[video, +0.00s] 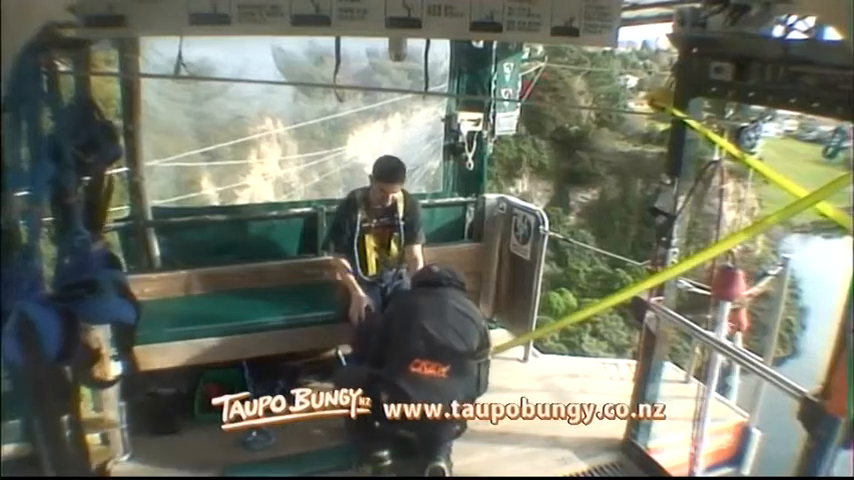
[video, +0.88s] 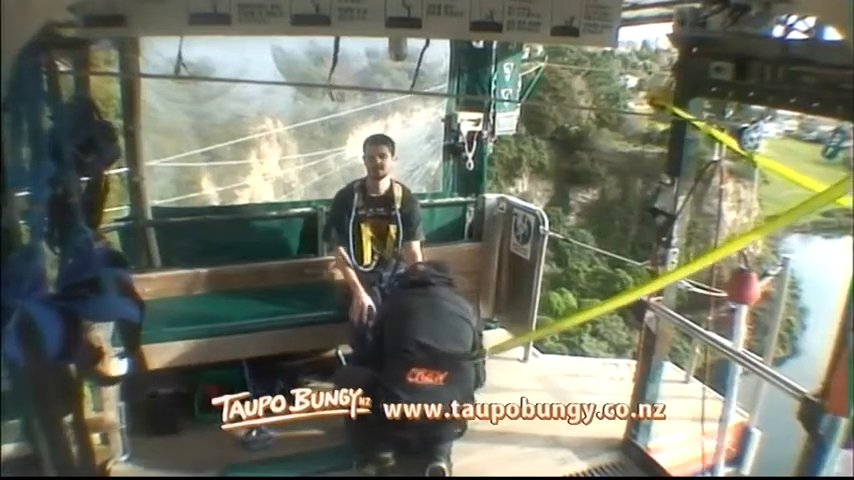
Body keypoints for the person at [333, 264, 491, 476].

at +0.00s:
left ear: (417, 284)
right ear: (459, 286)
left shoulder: (401, 301)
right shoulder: (475, 315)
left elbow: (371, 353)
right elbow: (481, 384)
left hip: (399, 401)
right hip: (453, 403)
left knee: (347, 378)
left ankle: (376, 447)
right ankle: (441, 455)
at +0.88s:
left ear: (413, 278)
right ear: (448, 280)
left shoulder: (396, 301)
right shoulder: (466, 307)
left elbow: (372, 356)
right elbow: (479, 377)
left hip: (398, 409)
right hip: (452, 406)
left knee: (347, 377)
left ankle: (379, 450)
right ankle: (441, 455)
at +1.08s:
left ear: (414, 279)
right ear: (448, 282)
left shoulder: (393, 301)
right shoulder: (462, 306)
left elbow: (370, 355)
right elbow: (502, 361)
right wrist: (471, 395)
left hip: (393, 405)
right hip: (446, 406)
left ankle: (380, 452)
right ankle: (439, 459)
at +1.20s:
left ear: (413, 280)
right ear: (447, 284)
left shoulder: (387, 307)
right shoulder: (459, 308)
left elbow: (366, 358)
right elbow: (511, 351)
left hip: (391, 412)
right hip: (441, 414)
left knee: (350, 378)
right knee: (459, 376)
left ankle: (377, 452)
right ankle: (439, 459)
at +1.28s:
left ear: (407, 283)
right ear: (446, 284)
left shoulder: (388, 308)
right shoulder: (460, 309)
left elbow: (365, 358)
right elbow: (513, 350)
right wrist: (512, 409)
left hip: (391, 414)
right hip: (443, 415)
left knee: (350, 378)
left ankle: (376, 455)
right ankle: (438, 459)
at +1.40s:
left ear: (410, 280)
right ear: (444, 283)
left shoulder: (390, 304)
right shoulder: (457, 307)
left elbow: (366, 356)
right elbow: (499, 363)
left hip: (392, 408)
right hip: (444, 409)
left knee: (348, 378)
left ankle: (378, 453)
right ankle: (439, 458)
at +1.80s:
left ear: (403, 282)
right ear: (437, 283)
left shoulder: (386, 306)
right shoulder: (453, 306)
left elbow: (366, 359)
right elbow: (476, 362)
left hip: (394, 418)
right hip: (446, 419)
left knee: (345, 377)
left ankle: (377, 453)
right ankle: (442, 455)